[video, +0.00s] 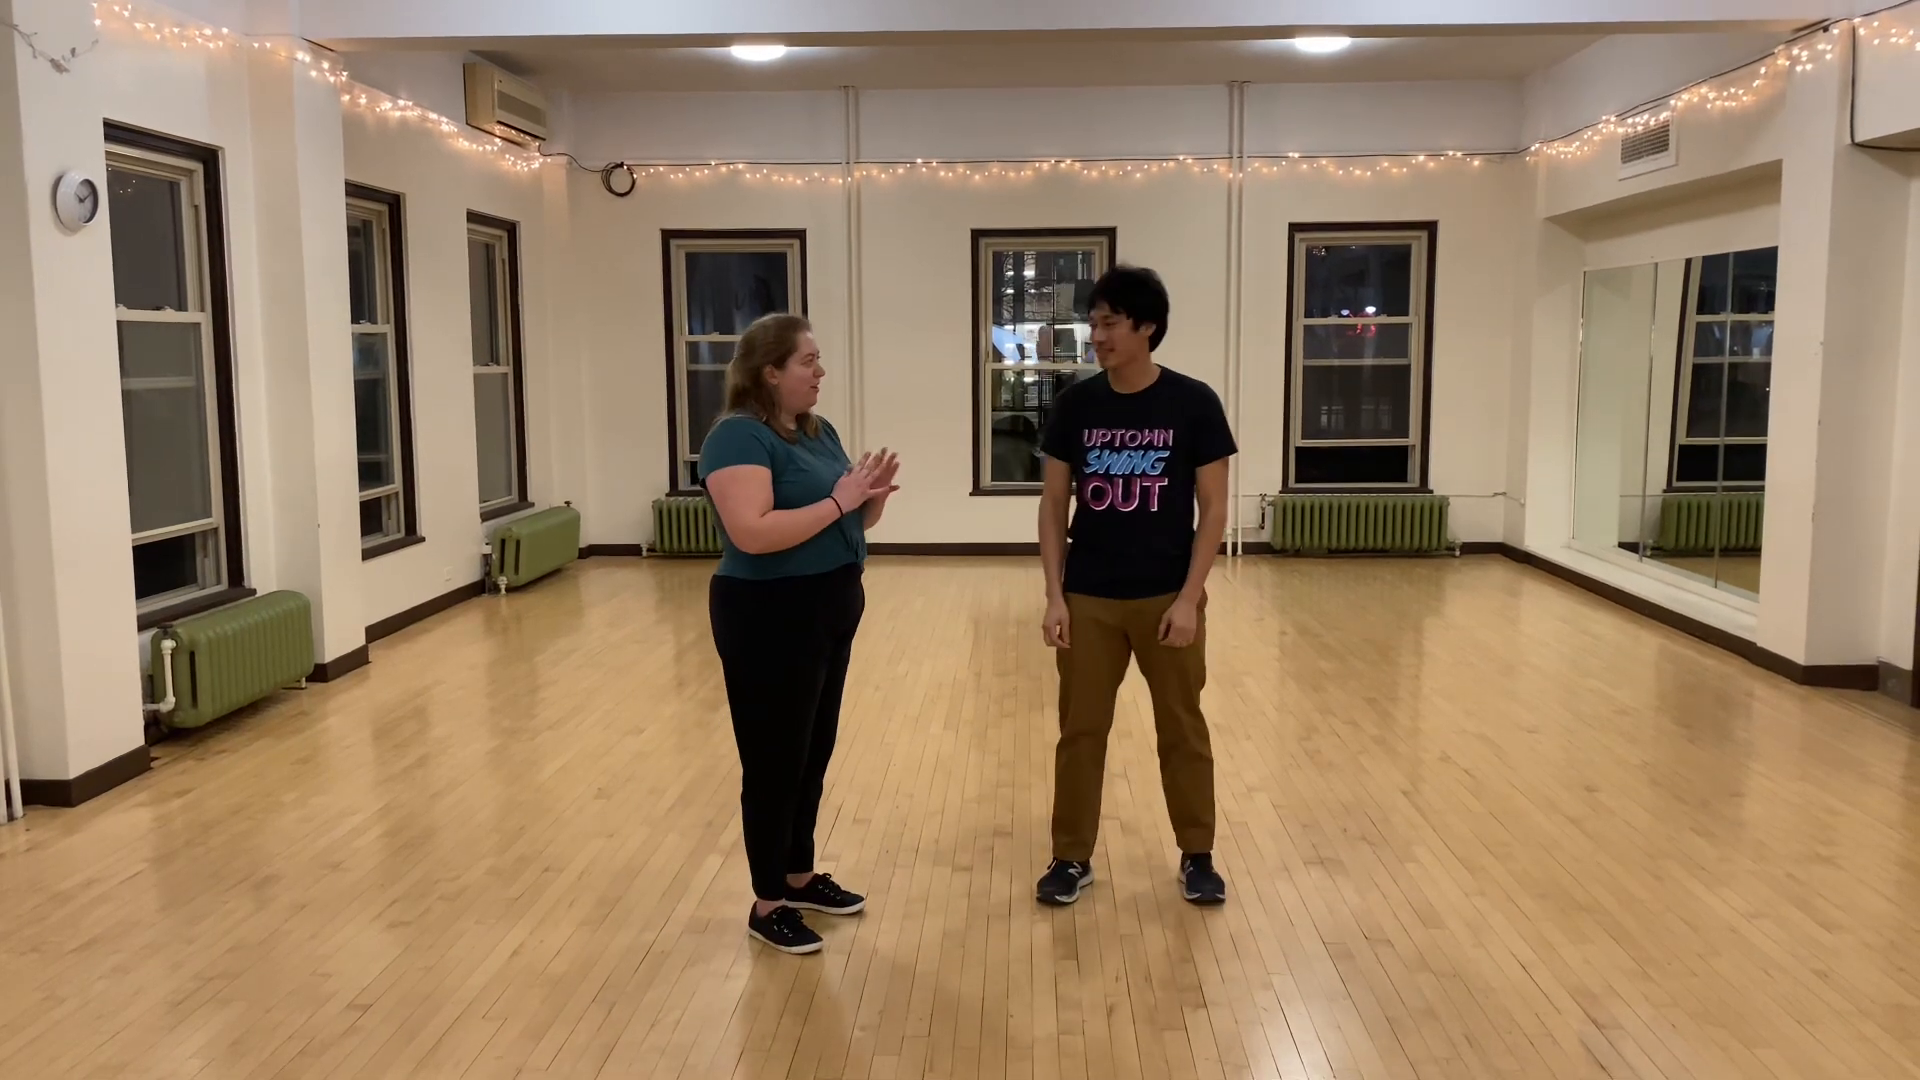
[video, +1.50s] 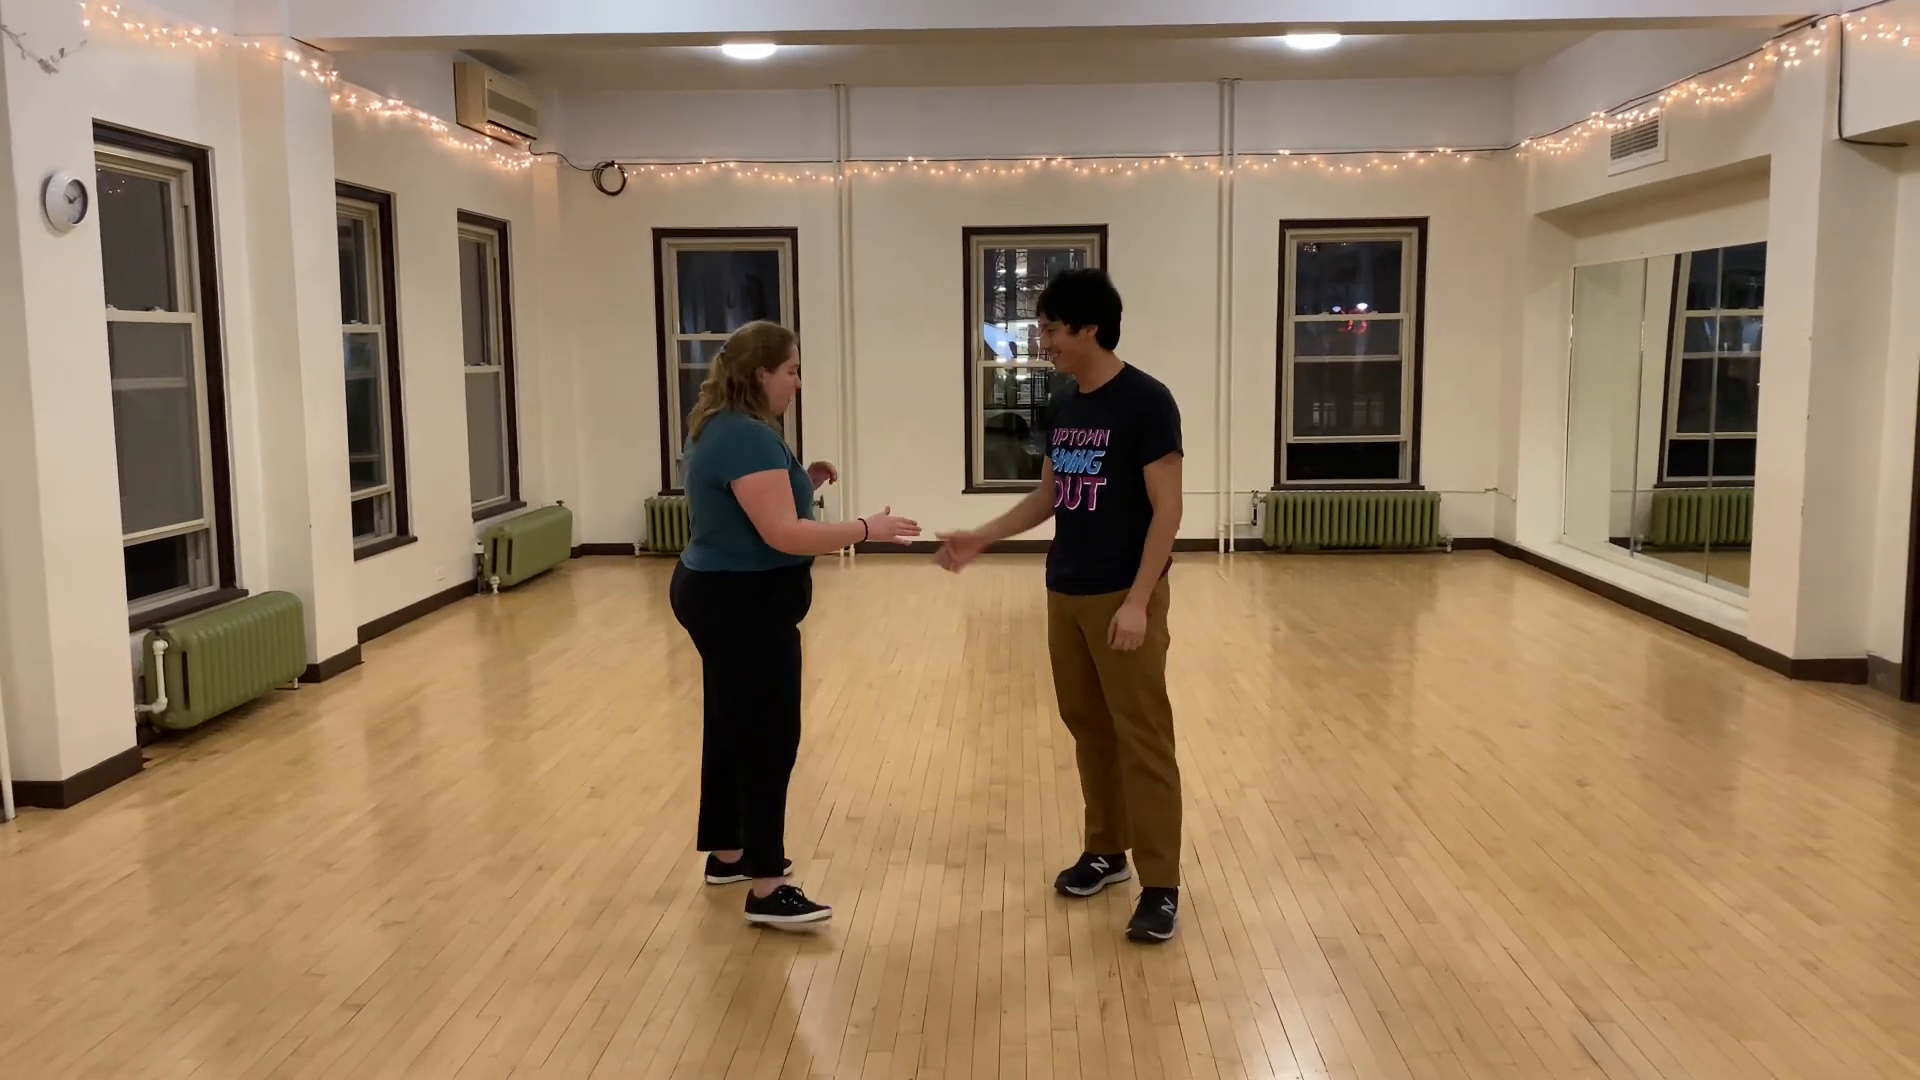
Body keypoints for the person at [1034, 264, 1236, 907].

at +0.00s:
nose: (1098, 334)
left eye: (1112, 322)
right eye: (1094, 322)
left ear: (1149, 328)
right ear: (1093, 326)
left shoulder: (1194, 403)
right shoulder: (1075, 404)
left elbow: (1214, 509)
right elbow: (1054, 504)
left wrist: (1191, 596)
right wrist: (1054, 594)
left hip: (1168, 602)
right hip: (1089, 601)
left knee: (1183, 733)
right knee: (1080, 734)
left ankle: (1197, 855)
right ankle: (1071, 857)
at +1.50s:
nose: (1043, 343)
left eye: (1051, 331)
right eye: (1042, 331)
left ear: (1089, 332)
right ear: (1074, 334)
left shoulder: (1147, 403)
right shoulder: (1064, 405)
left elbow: (1168, 511)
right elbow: (1049, 497)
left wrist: (1138, 602)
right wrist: (982, 537)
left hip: (1128, 598)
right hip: (1068, 596)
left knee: (1141, 739)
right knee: (1090, 730)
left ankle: (1160, 885)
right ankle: (1107, 851)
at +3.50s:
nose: (976, 362)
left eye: (981, 349)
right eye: (975, 349)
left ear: (1016, 350)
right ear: (1020, 350)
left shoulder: (1072, 416)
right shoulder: (1033, 414)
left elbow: (1109, 523)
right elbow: (1035, 512)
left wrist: (1045, 602)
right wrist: (961, 548)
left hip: (1099, 604)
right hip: (1054, 602)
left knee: (1107, 734)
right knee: (1028, 737)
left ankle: (1184, 864)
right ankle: (1037, 880)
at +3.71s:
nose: (936, 343)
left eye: (944, 331)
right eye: (938, 330)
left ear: (980, 338)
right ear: (976, 336)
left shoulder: (1038, 403)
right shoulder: (993, 411)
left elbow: (1087, 502)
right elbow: (987, 507)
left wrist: (1017, 569)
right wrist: (903, 536)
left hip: (1059, 591)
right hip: (1026, 591)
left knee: (1006, 727)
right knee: (1013, 728)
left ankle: (1098, 855)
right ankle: (1035, 878)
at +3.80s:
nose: (926, 343)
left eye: (936, 331)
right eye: (929, 331)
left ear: (970, 339)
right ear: (968, 341)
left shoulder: (1028, 406)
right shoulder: (977, 419)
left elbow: (1078, 500)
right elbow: (954, 512)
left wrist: (1009, 562)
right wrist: (867, 529)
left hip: (1046, 597)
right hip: (1021, 594)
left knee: (973, 726)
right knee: (1005, 726)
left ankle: (1031, 876)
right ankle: (1033, 873)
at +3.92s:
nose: (913, 350)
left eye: (922, 338)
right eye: (916, 337)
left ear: (957, 347)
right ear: (956, 347)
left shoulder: (1016, 412)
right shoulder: (957, 423)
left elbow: (1067, 504)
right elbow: (916, 515)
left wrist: (994, 564)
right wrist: (820, 529)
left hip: (1031, 602)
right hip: (997, 599)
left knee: (938, 724)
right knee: (983, 735)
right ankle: (1031, 877)